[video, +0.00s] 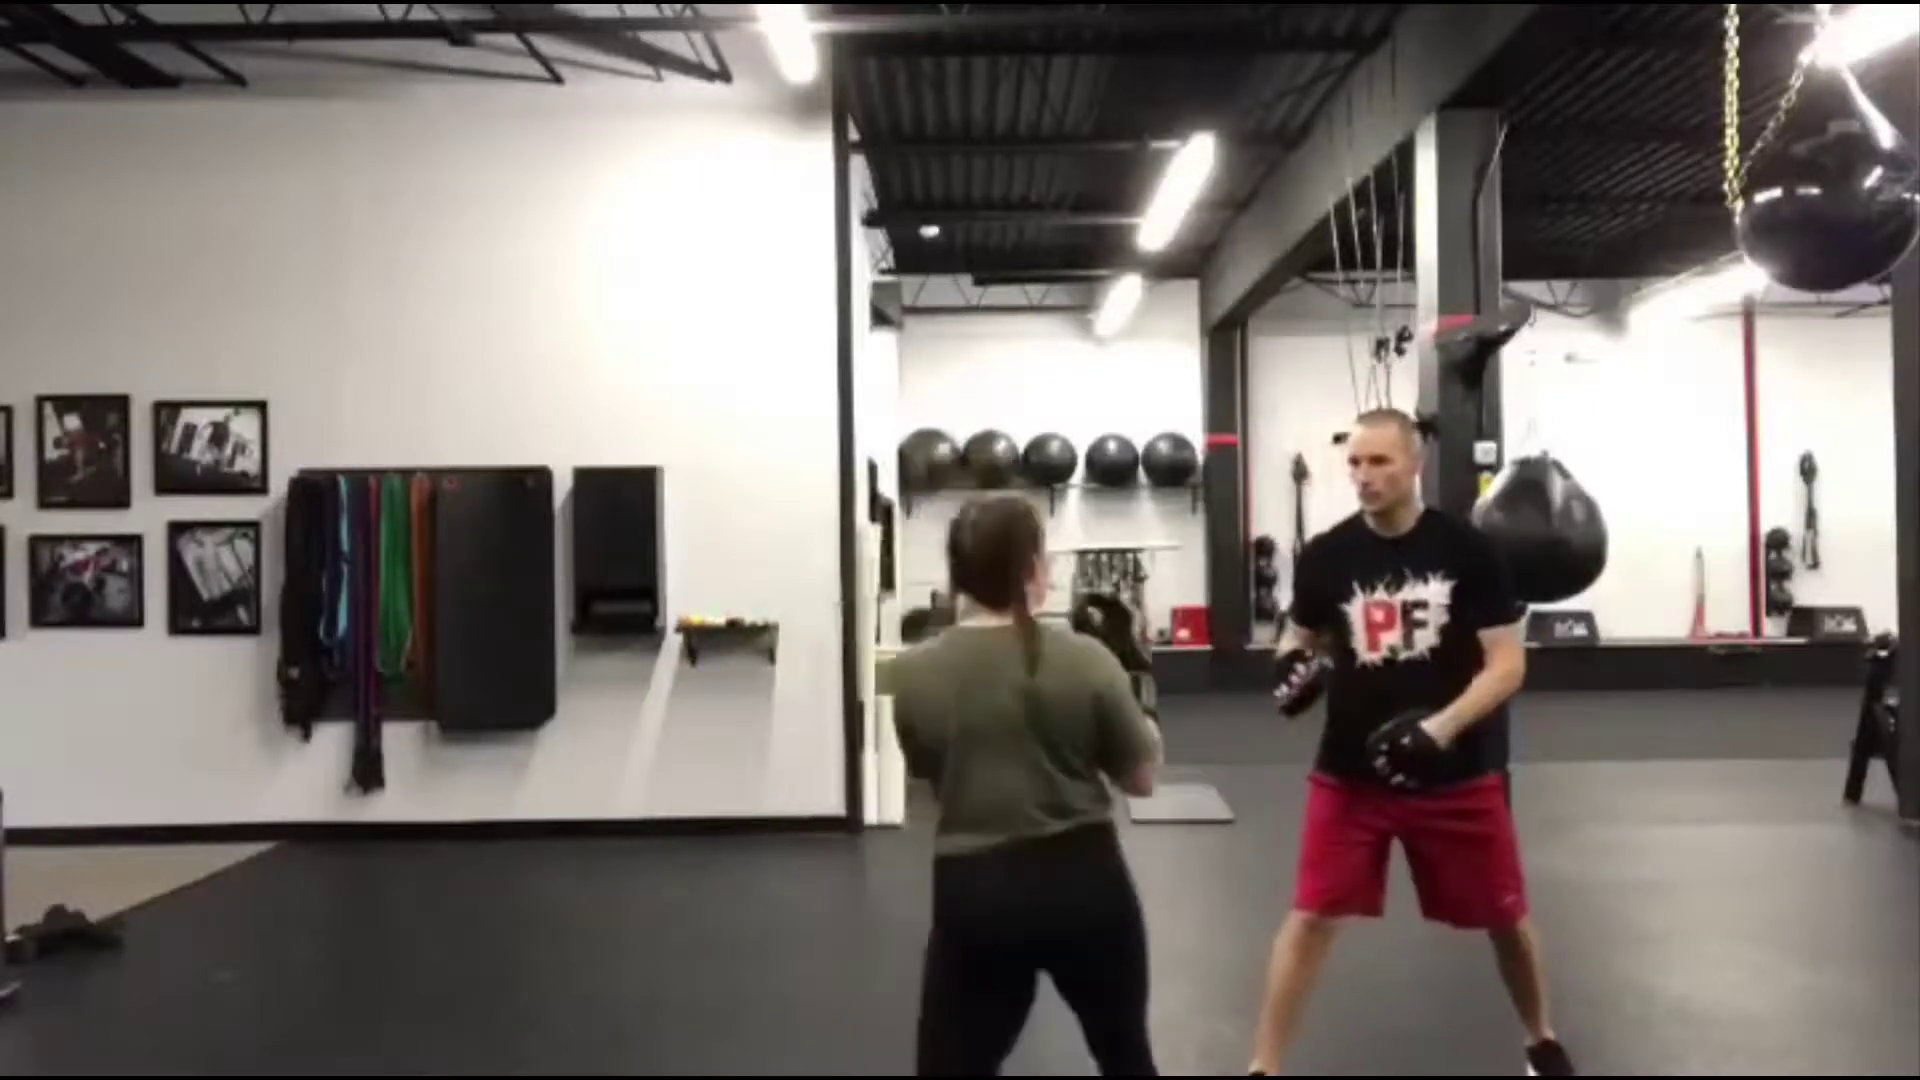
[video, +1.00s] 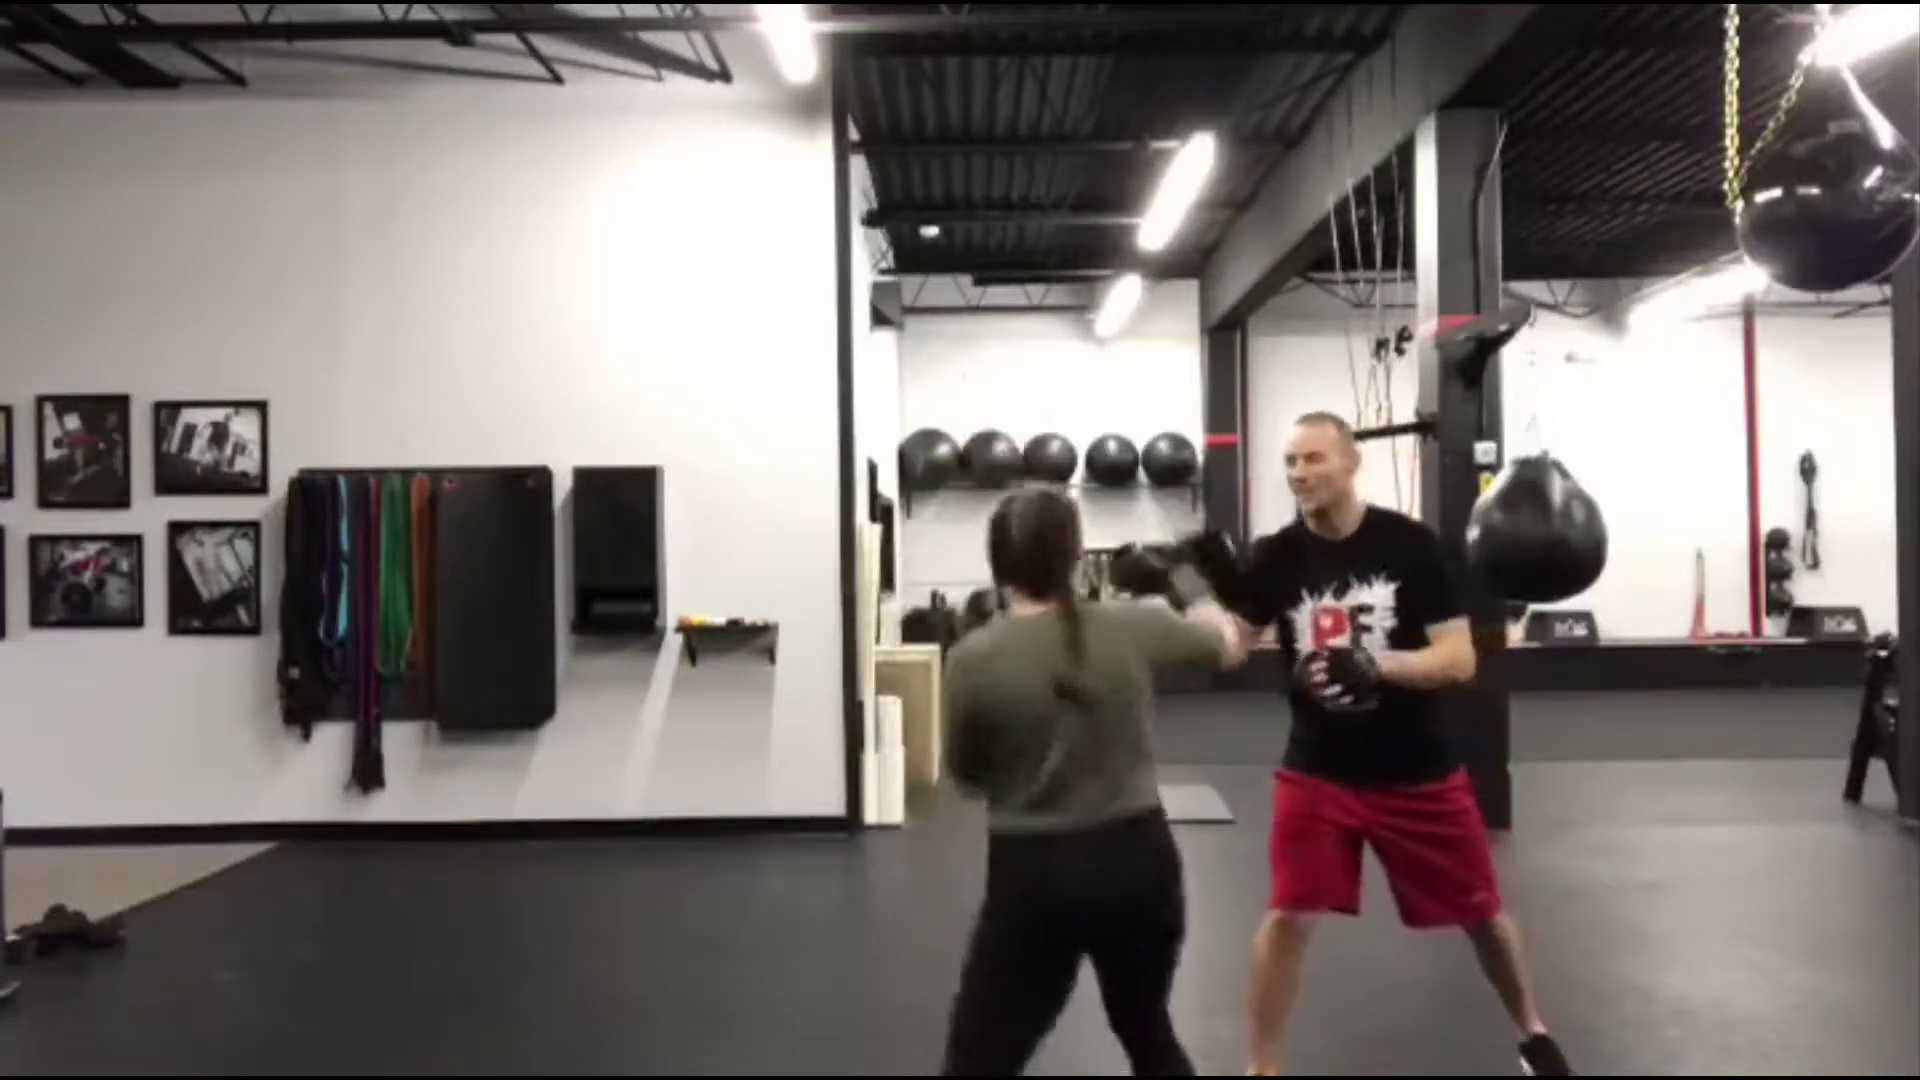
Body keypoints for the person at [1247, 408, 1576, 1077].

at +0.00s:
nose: (1365, 475)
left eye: (1379, 462)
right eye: (1356, 464)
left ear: (1416, 464)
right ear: (1348, 469)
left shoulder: (1467, 549)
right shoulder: (1324, 556)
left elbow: (1507, 663)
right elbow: (1301, 637)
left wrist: (1440, 727)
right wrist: (1296, 668)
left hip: (1458, 778)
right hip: (1350, 776)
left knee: (1508, 920)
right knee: (1313, 915)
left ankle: (1542, 1043)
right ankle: (1264, 1064)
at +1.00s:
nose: (1300, 473)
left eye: (1314, 459)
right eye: (1291, 462)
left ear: (1353, 463)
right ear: (1286, 472)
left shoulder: (1414, 546)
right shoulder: (1274, 557)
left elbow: (1458, 659)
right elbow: (1230, 637)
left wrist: (1373, 664)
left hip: (1421, 774)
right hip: (1318, 775)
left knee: (1485, 915)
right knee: (1288, 915)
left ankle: (1534, 1034)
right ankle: (1262, 1065)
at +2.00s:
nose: (1329, 483)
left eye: (1344, 471)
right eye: (1323, 471)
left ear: (1379, 478)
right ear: (1315, 475)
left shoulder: (1428, 549)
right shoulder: (1286, 553)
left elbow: (1447, 659)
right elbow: (1244, 638)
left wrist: (1395, 612)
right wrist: (1269, 655)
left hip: (1411, 767)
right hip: (1312, 767)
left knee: (1473, 902)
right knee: (1281, 902)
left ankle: (1505, 1020)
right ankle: (1246, 1054)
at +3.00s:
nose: (1277, 490)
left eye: (1292, 479)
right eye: (1270, 479)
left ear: (1329, 487)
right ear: (1262, 487)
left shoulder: (1373, 555)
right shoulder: (1254, 567)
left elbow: (1379, 634)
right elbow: (1211, 642)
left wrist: (1337, 541)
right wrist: (1228, 586)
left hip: (1386, 779)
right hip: (1284, 776)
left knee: (1456, 924)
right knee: (1253, 905)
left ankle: (1500, 1020)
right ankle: (1242, 1051)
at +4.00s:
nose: (1301, 501)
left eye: (1314, 487)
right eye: (1289, 489)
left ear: (1342, 490)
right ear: (1278, 496)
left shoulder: (1391, 561)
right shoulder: (1266, 568)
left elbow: (1435, 665)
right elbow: (1234, 649)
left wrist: (1360, 660)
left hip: (1405, 778)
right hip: (1311, 778)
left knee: (1469, 914)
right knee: (1264, 914)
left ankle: (1514, 1022)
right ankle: (1235, 1047)